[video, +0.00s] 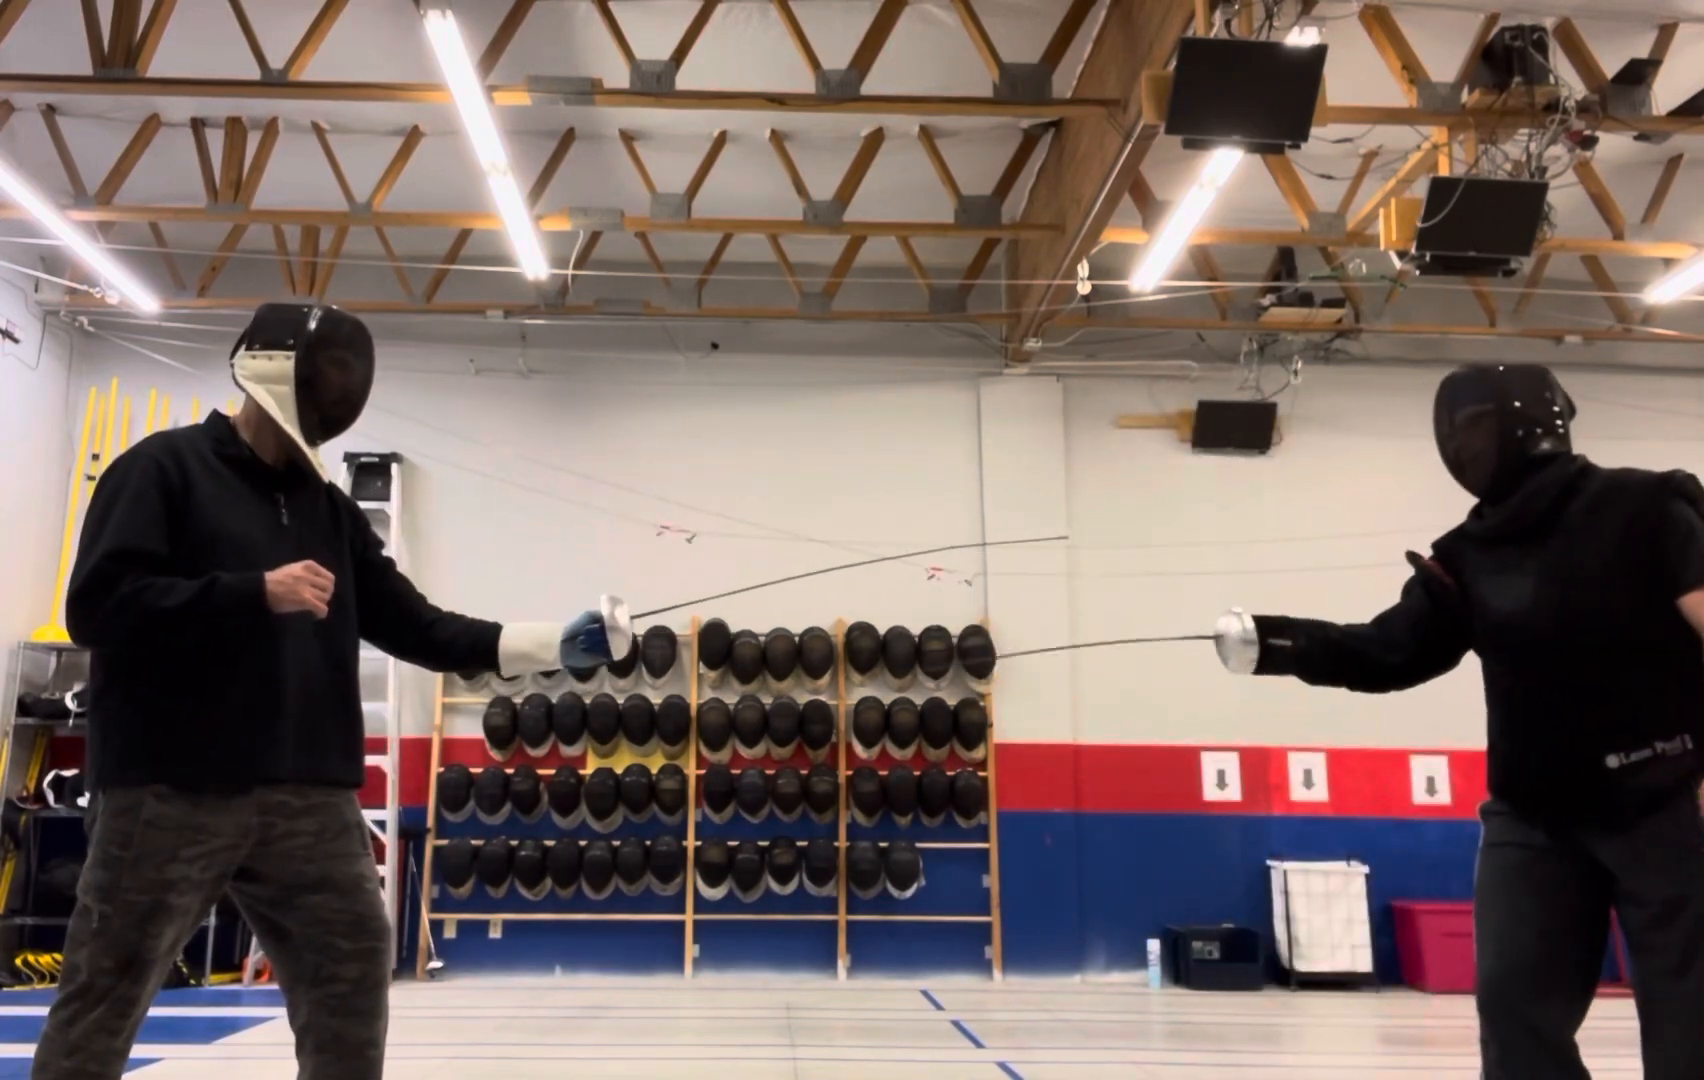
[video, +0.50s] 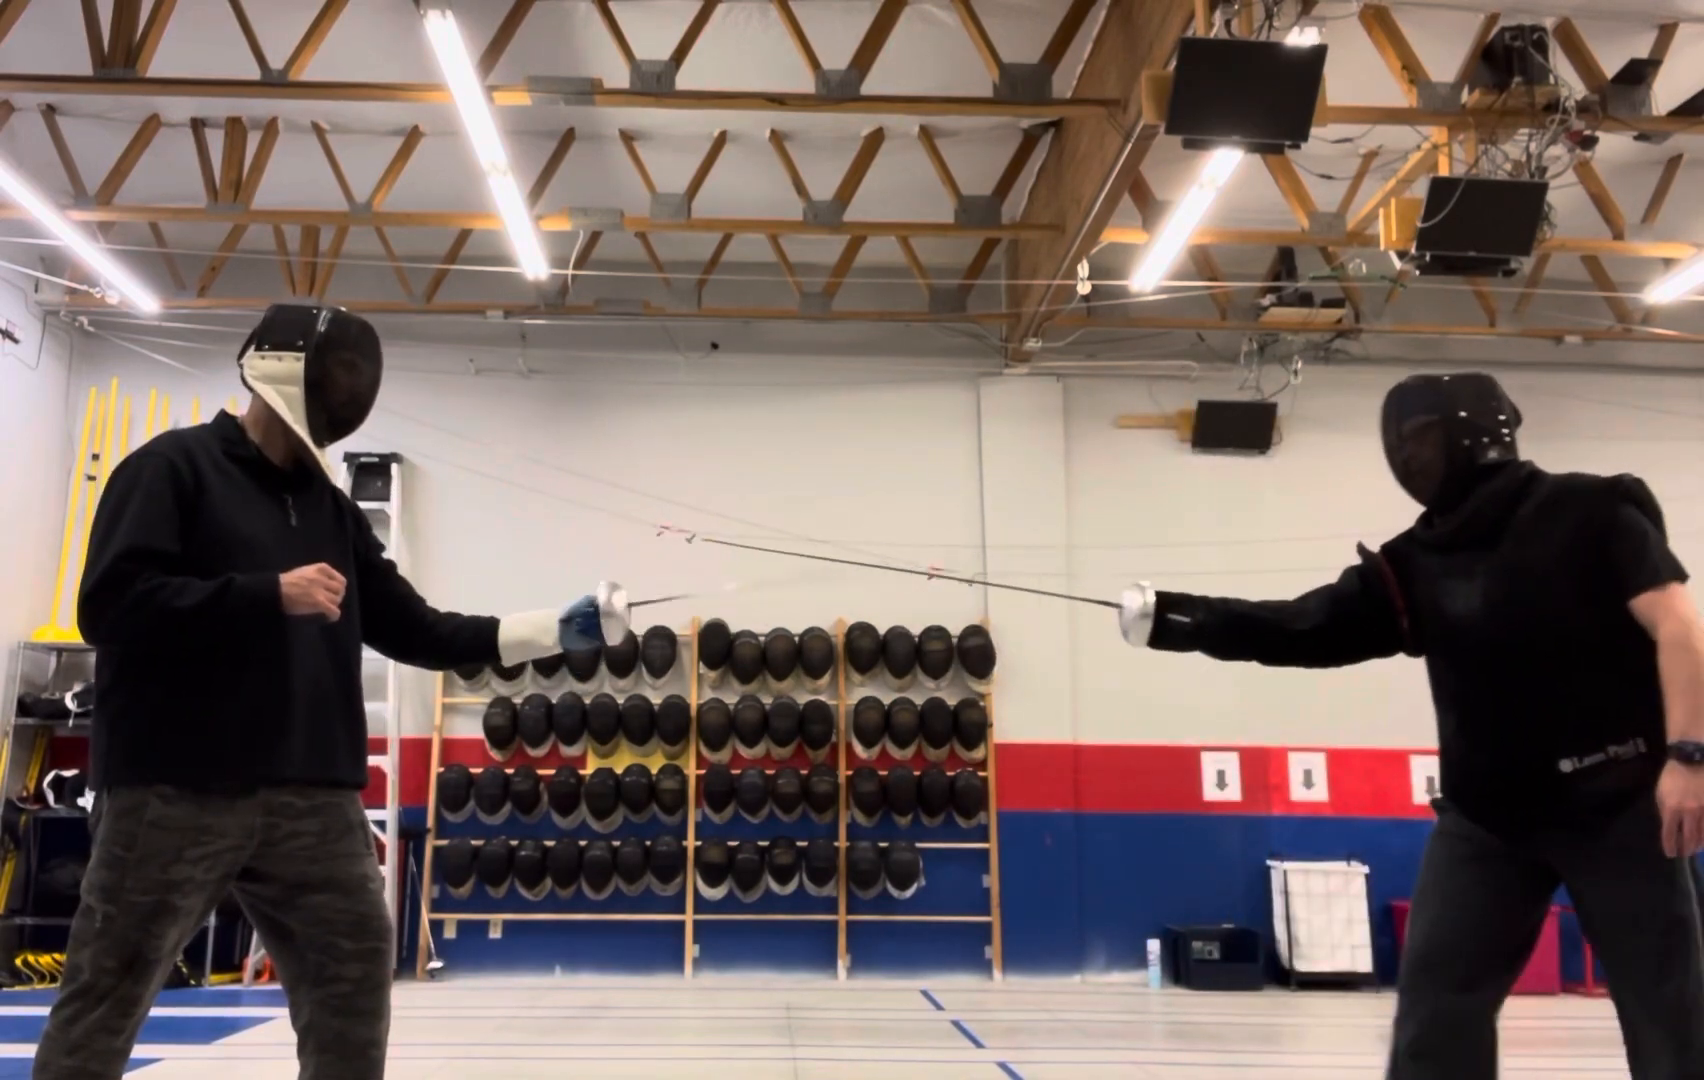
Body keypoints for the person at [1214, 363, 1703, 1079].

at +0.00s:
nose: (1462, 453)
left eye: (1475, 431)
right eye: (1454, 438)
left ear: (1529, 422)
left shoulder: (1653, 510)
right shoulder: (1465, 559)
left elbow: (1702, 626)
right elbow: (1387, 652)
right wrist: (1274, 644)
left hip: (1665, 811)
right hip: (1533, 824)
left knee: (1684, 1040)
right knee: (1519, 1032)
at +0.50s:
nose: (1407, 461)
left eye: (1419, 440)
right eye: (1399, 448)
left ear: (1471, 432)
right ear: (1402, 458)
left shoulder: (1595, 511)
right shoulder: (1415, 567)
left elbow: (1678, 626)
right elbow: (1306, 625)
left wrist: (1687, 757)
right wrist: (1176, 619)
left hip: (1621, 812)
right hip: (1488, 825)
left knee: (1670, 1029)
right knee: (1436, 1020)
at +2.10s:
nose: (1416, 458)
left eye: (1427, 437)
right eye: (1412, 443)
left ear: (1473, 431)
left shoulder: (1607, 514)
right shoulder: (1438, 561)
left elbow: (1679, 630)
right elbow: (1394, 685)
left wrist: (1655, 762)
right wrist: (1277, 696)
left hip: (1618, 805)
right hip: (1492, 817)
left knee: (1667, 1026)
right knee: (1449, 1025)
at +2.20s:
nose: (1441, 454)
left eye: (1451, 434)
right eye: (1438, 439)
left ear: (1493, 430)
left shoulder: (1628, 510)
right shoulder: (1455, 561)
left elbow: (1696, 627)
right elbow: (1388, 670)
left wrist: (1693, 760)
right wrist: (1272, 661)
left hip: (1644, 804)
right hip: (1518, 816)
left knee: (1678, 1020)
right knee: (1488, 996)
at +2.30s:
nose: (1455, 456)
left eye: (1467, 434)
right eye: (1449, 441)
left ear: (1517, 425)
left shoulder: (1642, 512)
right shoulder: (1463, 561)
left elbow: (1703, 633)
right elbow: (1383, 655)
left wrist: (1703, 771)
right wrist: (1264, 647)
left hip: (1659, 805)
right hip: (1530, 819)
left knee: (1684, 1021)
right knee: (1516, 1007)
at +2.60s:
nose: (1458, 458)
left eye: (1470, 437)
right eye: (1451, 444)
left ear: (1520, 428)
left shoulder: (1655, 510)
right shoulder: (1466, 564)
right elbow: (1363, 634)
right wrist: (1234, 627)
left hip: (1672, 811)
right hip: (1544, 822)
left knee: (1688, 1025)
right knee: (1535, 1018)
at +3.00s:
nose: (1391, 470)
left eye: (1400, 449)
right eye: (1385, 456)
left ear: (1446, 440)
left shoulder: (1580, 517)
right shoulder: (1404, 571)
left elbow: (1663, 633)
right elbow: (1290, 630)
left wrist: (1676, 759)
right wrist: (1163, 624)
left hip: (1608, 817)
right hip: (1480, 829)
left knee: (1668, 1038)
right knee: (1430, 1036)